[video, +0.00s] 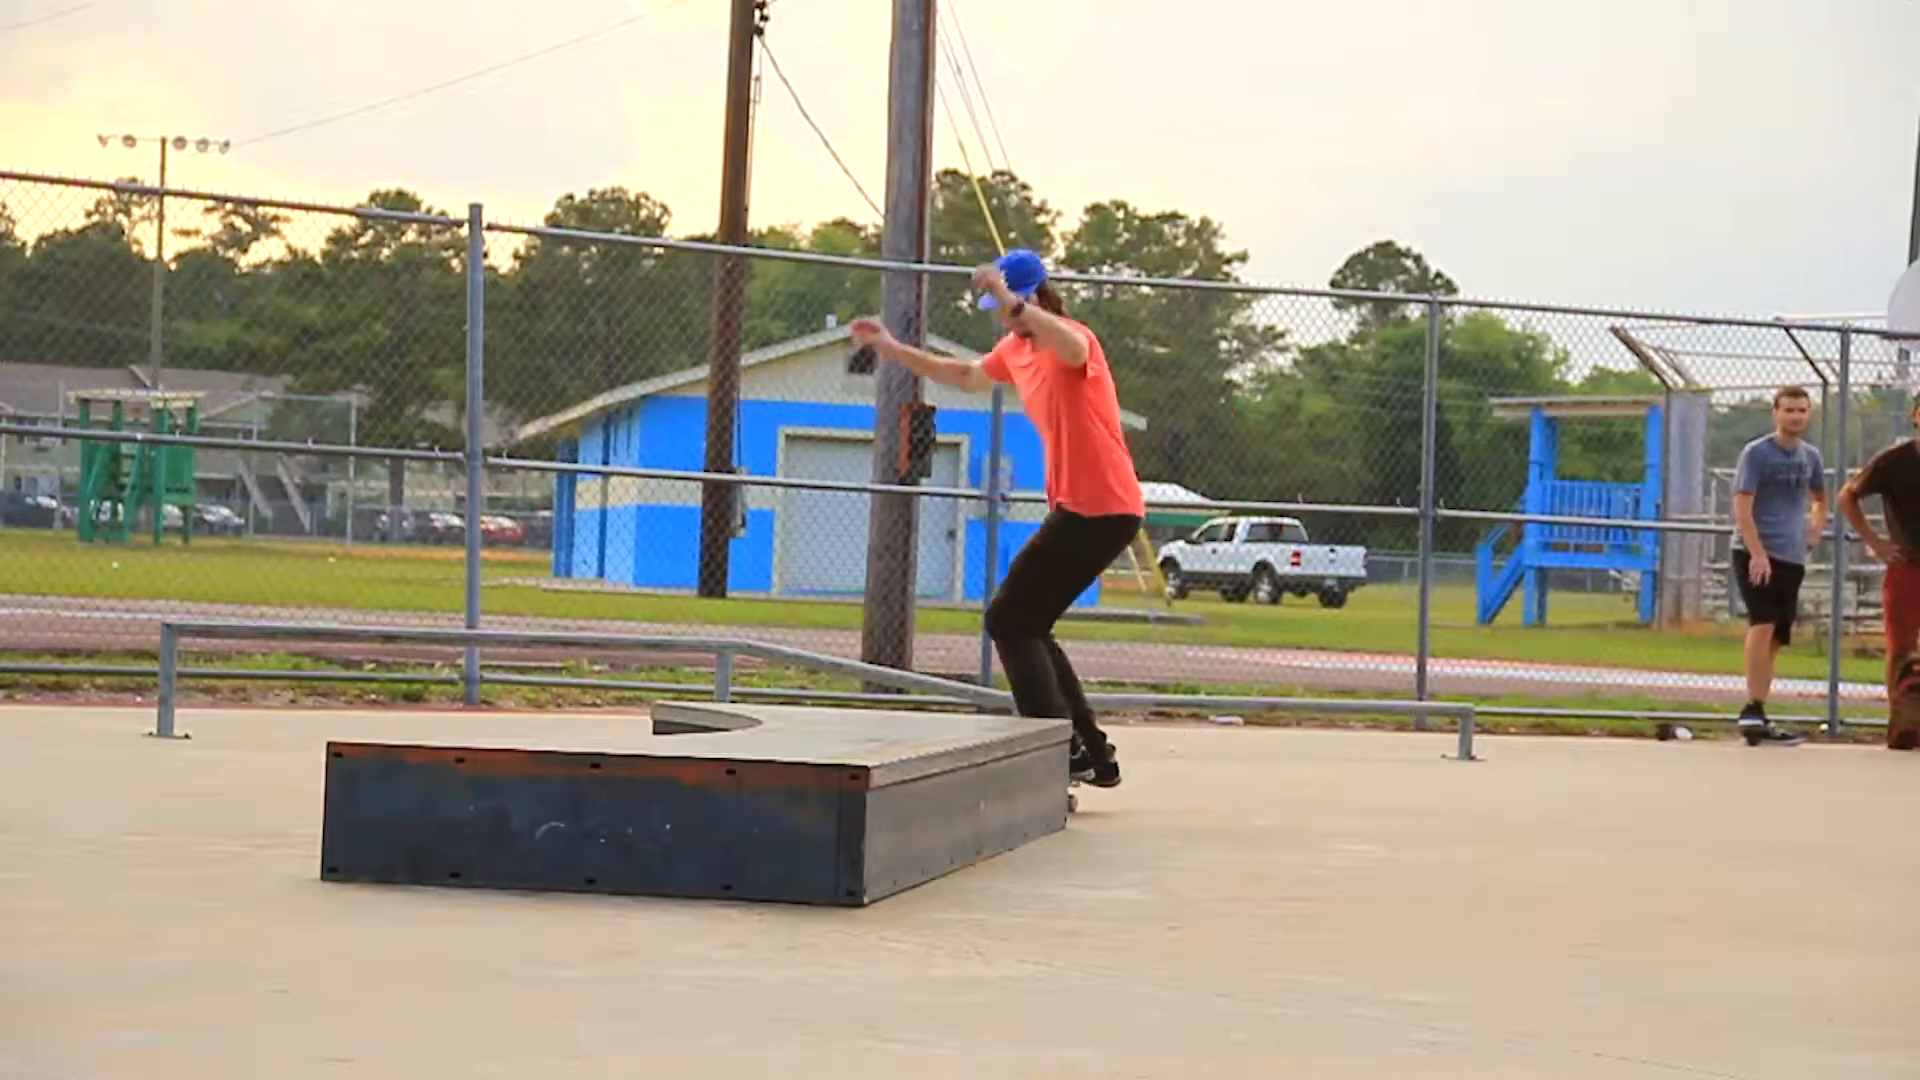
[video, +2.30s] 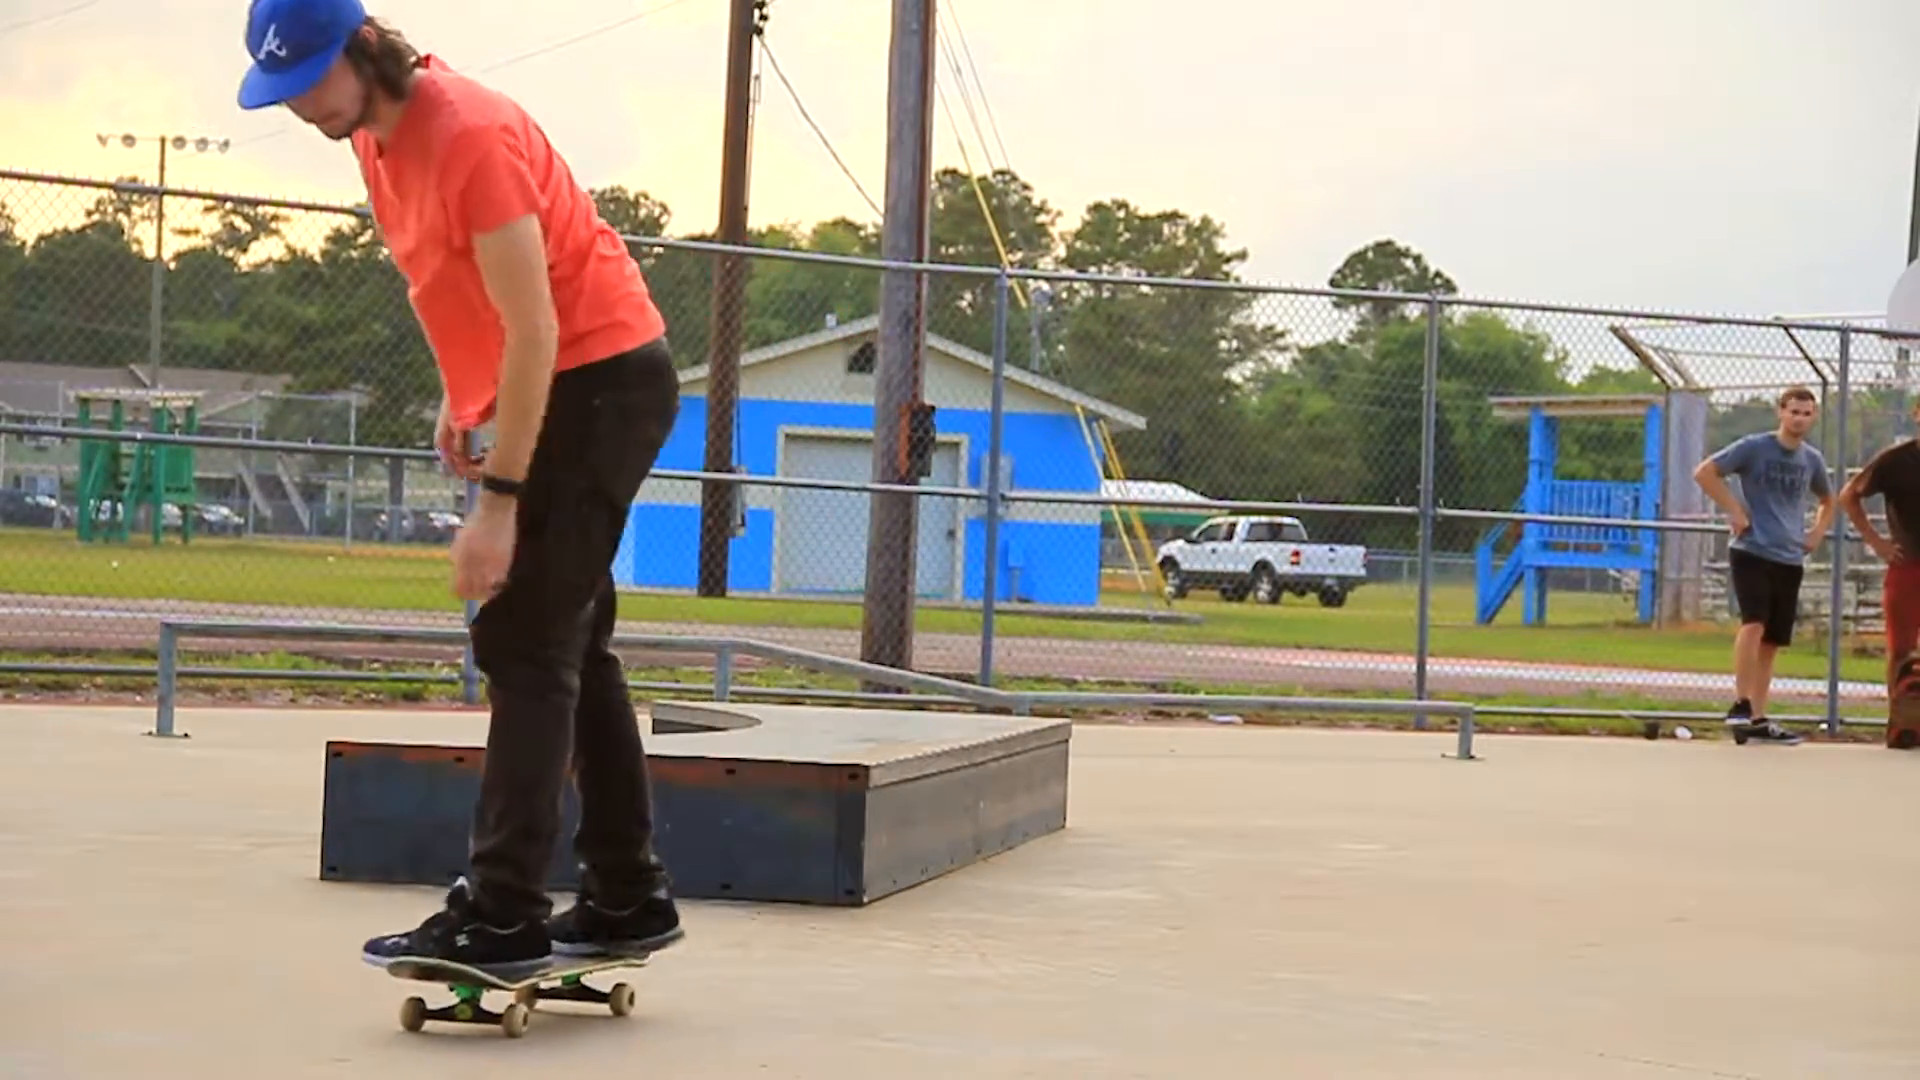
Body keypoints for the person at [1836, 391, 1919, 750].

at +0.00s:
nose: (1919, 420)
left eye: (1917, 414)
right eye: (1918, 414)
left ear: (1914, 417)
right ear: (1914, 417)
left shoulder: (1901, 457)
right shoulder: (1899, 457)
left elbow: (1847, 497)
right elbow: (1847, 496)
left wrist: (1874, 542)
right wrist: (1873, 542)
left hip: (1909, 568)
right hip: (1906, 566)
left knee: (1904, 648)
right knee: (1902, 648)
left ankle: (1905, 724)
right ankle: (1900, 724)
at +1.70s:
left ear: (1914, 416)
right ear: (1915, 416)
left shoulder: (1900, 458)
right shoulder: (1900, 459)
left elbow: (1850, 497)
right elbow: (1849, 496)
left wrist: (1878, 544)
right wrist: (1878, 544)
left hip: (1909, 568)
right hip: (1907, 567)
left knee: (1905, 650)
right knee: (1903, 649)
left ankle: (1905, 726)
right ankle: (1902, 726)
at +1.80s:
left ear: (1914, 417)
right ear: (1915, 417)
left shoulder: (1901, 458)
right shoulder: (1901, 459)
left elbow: (1850, 496)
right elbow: (1849, 496)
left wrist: (1875, 541)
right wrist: (1876, 542)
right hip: (1907, 567)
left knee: (1906, 654)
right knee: (1904, 653)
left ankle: (1905, 733)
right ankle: (1903, 733)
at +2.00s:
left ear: (1914, 417)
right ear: (1915, 417)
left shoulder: (1900, 458)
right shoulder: (1900, 458)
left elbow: (1850, 496)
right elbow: (1849, 495)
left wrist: (1877, 543)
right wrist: (1877, 543)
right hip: (1907, 569)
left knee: (1905, 657)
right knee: (1903, 656)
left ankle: (1906, 739)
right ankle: (1903, 741)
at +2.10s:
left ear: (1914, 416)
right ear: (1915, 416)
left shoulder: (1901, 457)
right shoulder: (1900, 458)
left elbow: (1850, 496)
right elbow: (1849, 495)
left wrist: (1877, 544)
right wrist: (1877, 543)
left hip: (1909, 568)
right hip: (1906, 567)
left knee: (1904, 650)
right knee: (1903, 648)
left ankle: (1905, 726)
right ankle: (1902, 726)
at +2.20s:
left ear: (1913, 415)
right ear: (1915, 415)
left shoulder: (1901, 457)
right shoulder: (1901, 458)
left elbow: (1849, 495)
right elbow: (1849, 495)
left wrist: (1875, 542)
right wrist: (1876, 542)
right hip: (1907, 567)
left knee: (1905, 653)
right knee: (1903, 652)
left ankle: (1904, 732)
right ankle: (1902, 732)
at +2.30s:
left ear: (1914, 415)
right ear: (1915, 415)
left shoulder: (1901, 457)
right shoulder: (1900, 458)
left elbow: (1849, 495)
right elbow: (1849, 495)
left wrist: (1875, 541)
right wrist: (1876, 542)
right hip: (1907, 567)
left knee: (1905, 654)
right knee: (1903, 653)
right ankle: (1901, 732)